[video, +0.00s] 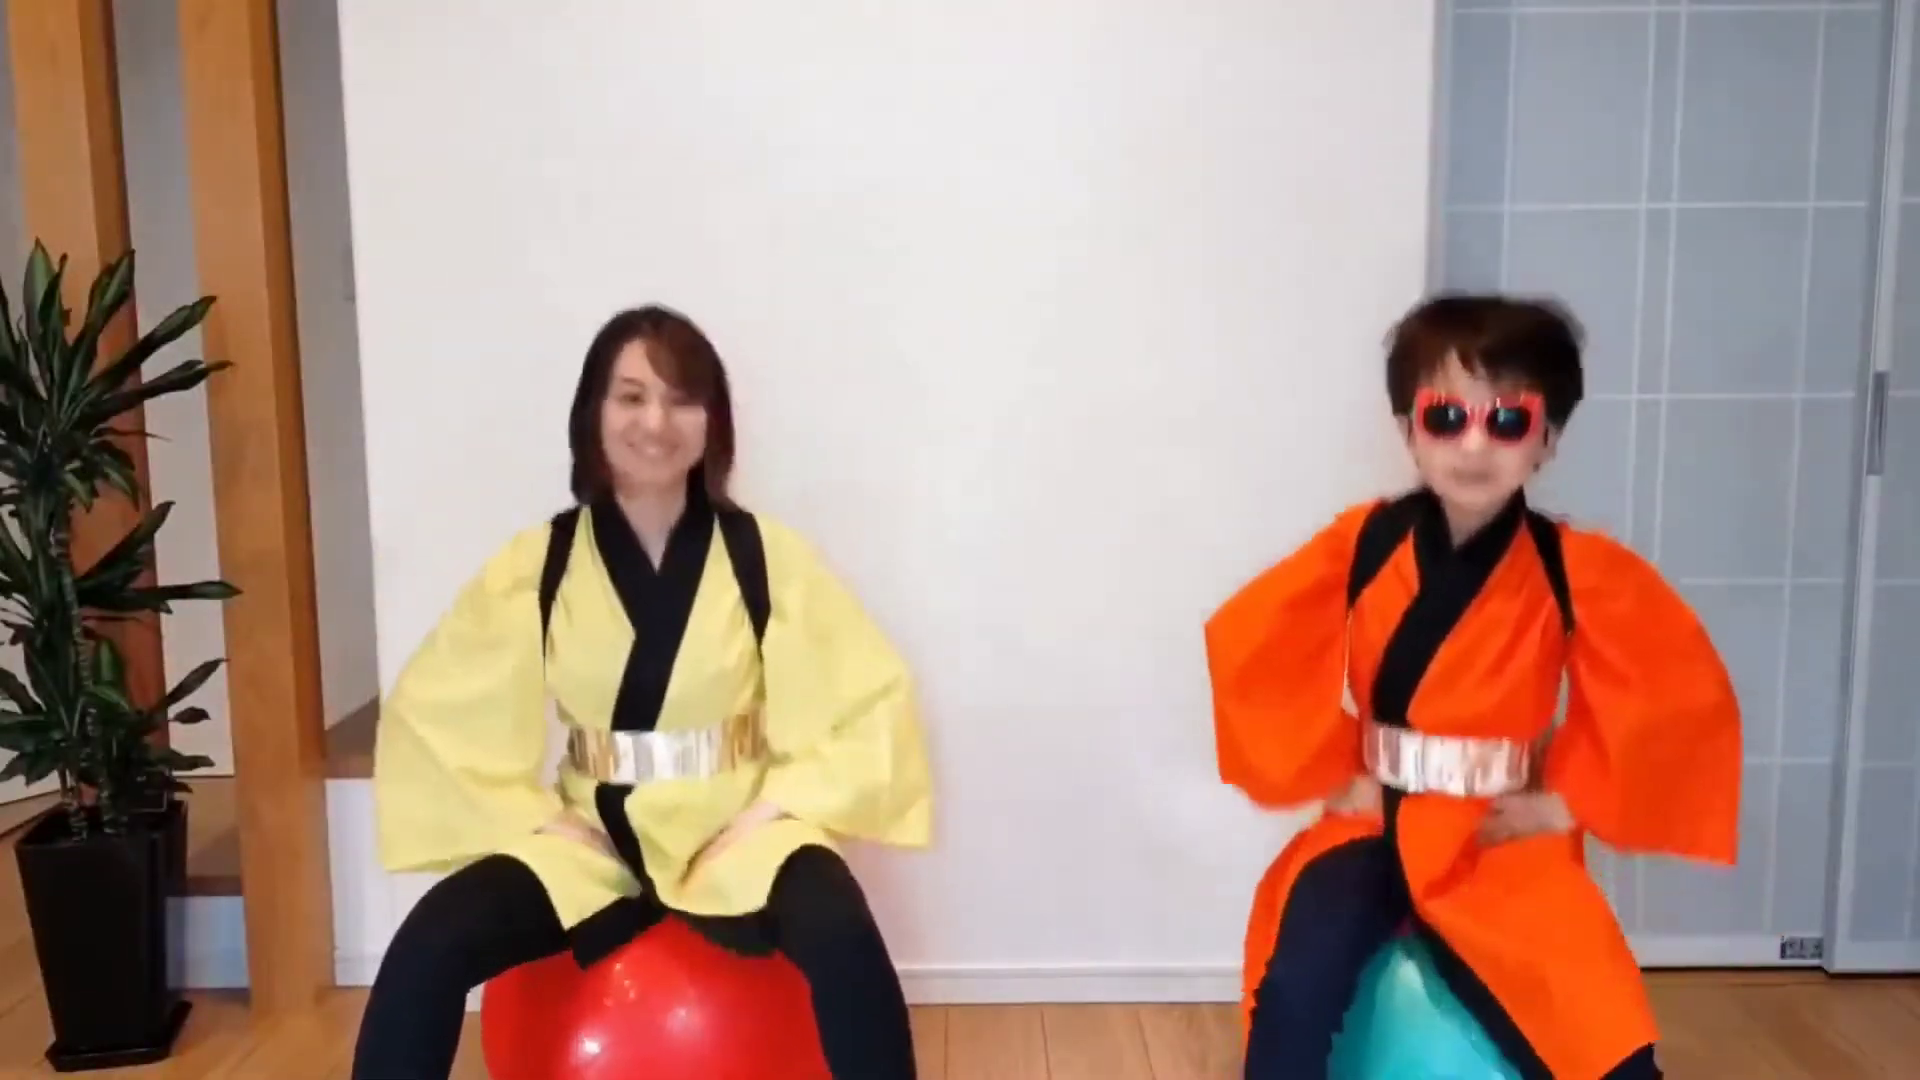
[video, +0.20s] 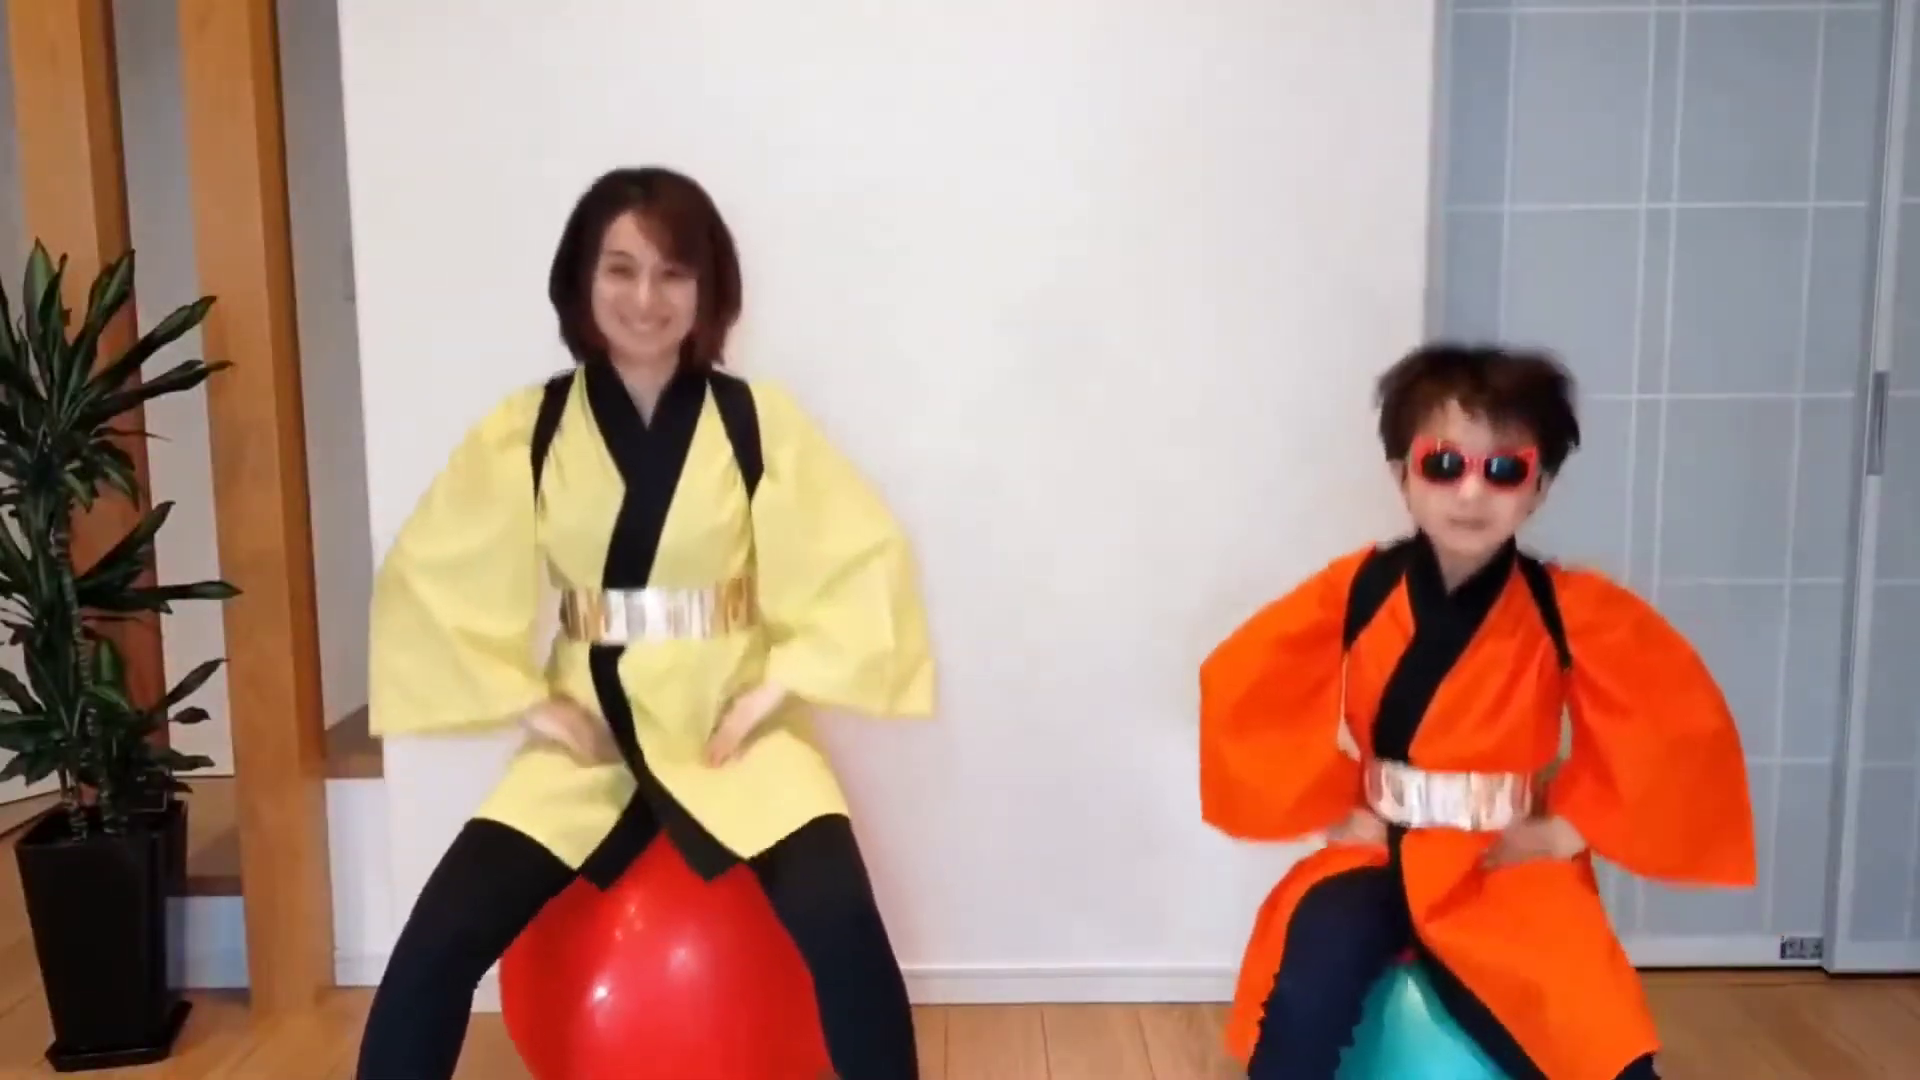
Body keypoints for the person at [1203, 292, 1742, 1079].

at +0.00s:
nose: (1473, 441)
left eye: (1508, 418)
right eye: (1444, 415)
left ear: (1547, 443)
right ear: (1406, 431)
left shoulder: (1574, 567)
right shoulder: (1363, 543)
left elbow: (1685, 700)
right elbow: (1247, 646)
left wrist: (1566, 802)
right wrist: (1334, 772)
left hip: (1505, 840)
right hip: (1369, 827)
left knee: (1606, 1029)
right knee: (1296, 982)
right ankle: (1280, 1069)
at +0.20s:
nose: (1471, 491)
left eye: (1504, 467)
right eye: (1443, 463)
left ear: (1539, 488)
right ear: (1402, 476)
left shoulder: (1568, 606)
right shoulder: (1361, 587)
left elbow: (1680, 726)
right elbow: (1237, 684)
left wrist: (1567, 830)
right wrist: (1332, 804)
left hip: (1508, 862)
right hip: (1375, 851)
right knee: (1319, 944)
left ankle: (1620, 1068)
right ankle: (1284, 1068)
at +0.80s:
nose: (1469, 556)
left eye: (1500, 534)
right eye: (1439, 532)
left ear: (1531, 548)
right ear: (1395, 545)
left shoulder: (1563, 669)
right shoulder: (1358, 653)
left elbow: (1677, 785)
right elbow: (1236, 747)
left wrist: (1573, 879)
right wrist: (1337, 846)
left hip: (1508, 917)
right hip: (1374, 904)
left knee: (1605, 1039)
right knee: (1320, 968)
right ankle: (1275, 1068)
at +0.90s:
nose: (1465, 562)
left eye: (1496, 540)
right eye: (1435, 538)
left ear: (1528, 563)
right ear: (1393, 558)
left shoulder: (1563, 684)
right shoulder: (1355, 666)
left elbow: (1685, 804)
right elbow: (1234, 758)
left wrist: (1570, 896)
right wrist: (1332, 865)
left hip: (1506, 930)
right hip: (1376, 915)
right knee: (1332, 973)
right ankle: (1286, 1065)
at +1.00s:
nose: (1464, 473)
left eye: (1497, 450)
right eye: (1434, 446)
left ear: (1529, 474)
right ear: (1392, 470)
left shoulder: (1564, 601)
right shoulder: (1354, 585)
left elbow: (1687, 728)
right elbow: (1234, 687)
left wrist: (1572, 835)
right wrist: (1336, 813)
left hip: (1514, 871)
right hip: (1375, 859)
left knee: (1599, 1046)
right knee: (1301, 1006)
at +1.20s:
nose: (1463, 431)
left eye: (1494, 407)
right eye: (1433, 405)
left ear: (1525, 423)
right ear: (1388, 426)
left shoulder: (1559, 543)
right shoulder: (1346, 535)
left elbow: (1677, 657)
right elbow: (1229, 640)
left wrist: (1576, 773)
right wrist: (1333, 753)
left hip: (1514, 822)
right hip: (1377, 815)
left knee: (1602, 1013)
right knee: (1308, 946)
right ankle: (1280, 1067)